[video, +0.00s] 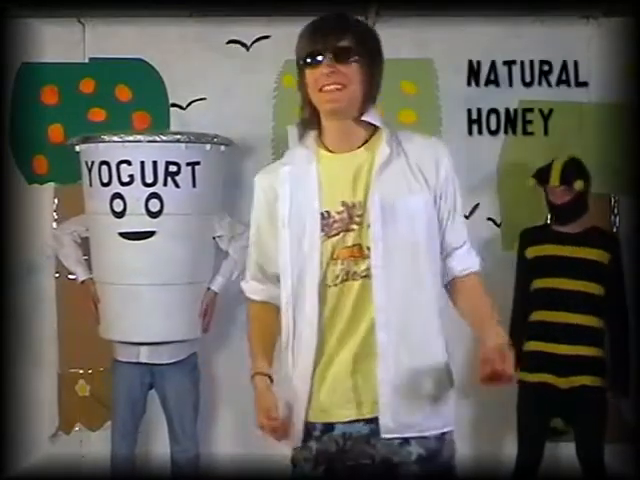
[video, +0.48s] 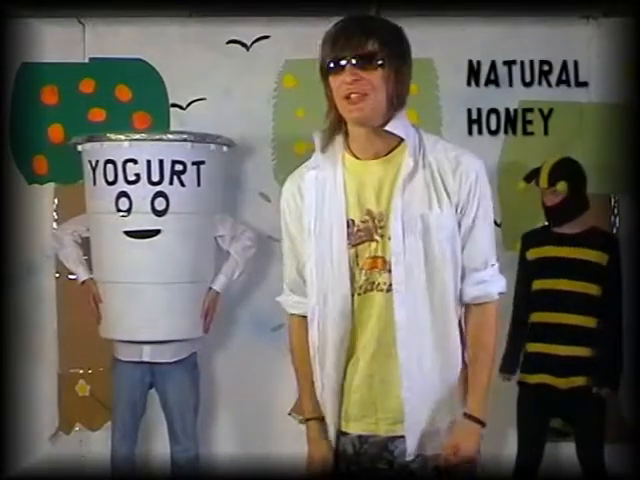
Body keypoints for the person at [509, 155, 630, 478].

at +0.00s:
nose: (555, 196)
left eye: (563, 188)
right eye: (550, 188)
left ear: (581, 189)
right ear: (543, 191)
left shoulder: (606, 243)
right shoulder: (530, 239)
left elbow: (617, 311)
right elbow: (521, 302)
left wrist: (619, 372)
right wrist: (514, 352)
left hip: (586, 370)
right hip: (536, 368)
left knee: (591, 460)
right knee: (527, 458)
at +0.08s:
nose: (550, 196)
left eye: (557, 188)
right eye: (546, 188)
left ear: (576, 189)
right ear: (542, 191)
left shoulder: (605, 243)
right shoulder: (531, 239)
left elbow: (616, 311)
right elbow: (520, 305)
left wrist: (619, 370)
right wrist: (508, 357)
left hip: (586, 372)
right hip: (536, 371)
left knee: (592, 460)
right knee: (527, 460)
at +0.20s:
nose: (547, 198)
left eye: (554, 190)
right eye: (544, 190)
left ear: (573, 192)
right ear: (541, 193)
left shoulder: (605, 243)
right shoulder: (531, 240)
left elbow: (615, 311)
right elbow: (519, 305)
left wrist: (614, 371)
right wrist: (504, 358)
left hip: (585, 376)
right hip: (536, 374)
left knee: (592, 462)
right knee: (527, 461)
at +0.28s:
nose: (546, 197)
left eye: (554, 190)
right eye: (543, 190)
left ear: (573, 192)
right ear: (540, 192)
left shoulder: (604, 243)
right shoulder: (531, 241)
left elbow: (614, 311)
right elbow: (519, 305)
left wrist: (612, 371)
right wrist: (504, 356)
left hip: (585, 376)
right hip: (535, 375)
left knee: (592, 463)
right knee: (526, 461)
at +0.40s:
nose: (545, 198)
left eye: (554, 190)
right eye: (543, 190)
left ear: (574, 192)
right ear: (540, 193)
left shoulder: (605, 244)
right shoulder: (531, 241)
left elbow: (613, 313)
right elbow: (520, 305)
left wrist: (609, 372)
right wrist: (507, 354)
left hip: (585, 377)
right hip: (535, 375)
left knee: (592, 463)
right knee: (527, 461)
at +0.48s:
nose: (546, 198)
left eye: (554, 190)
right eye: (543, 190)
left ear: (574, 192)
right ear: (541, 193)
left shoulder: (605, 244)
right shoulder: (532, 241)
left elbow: (614, 313)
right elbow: (521, 305)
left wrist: (609, 373)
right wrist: (511, 356)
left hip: (585, 378)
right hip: (536, 376)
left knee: (592, 463)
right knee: (526, 461)